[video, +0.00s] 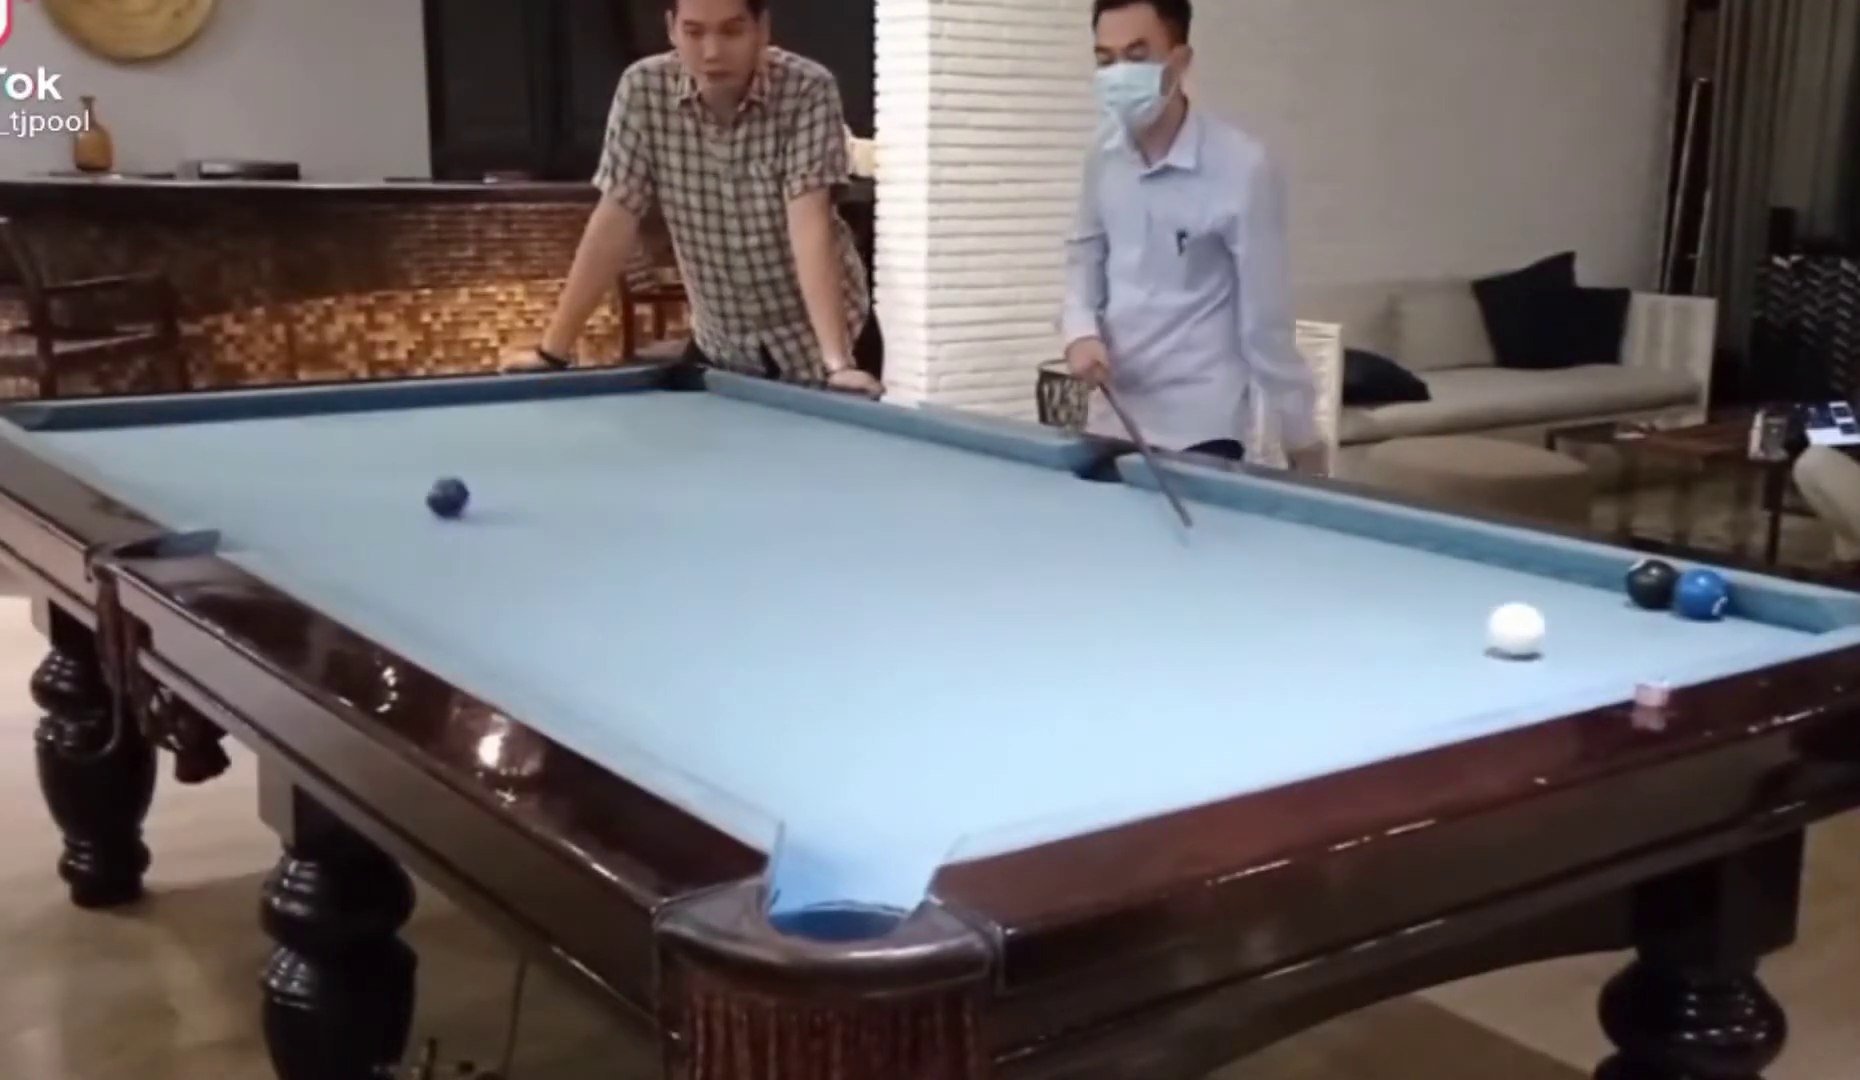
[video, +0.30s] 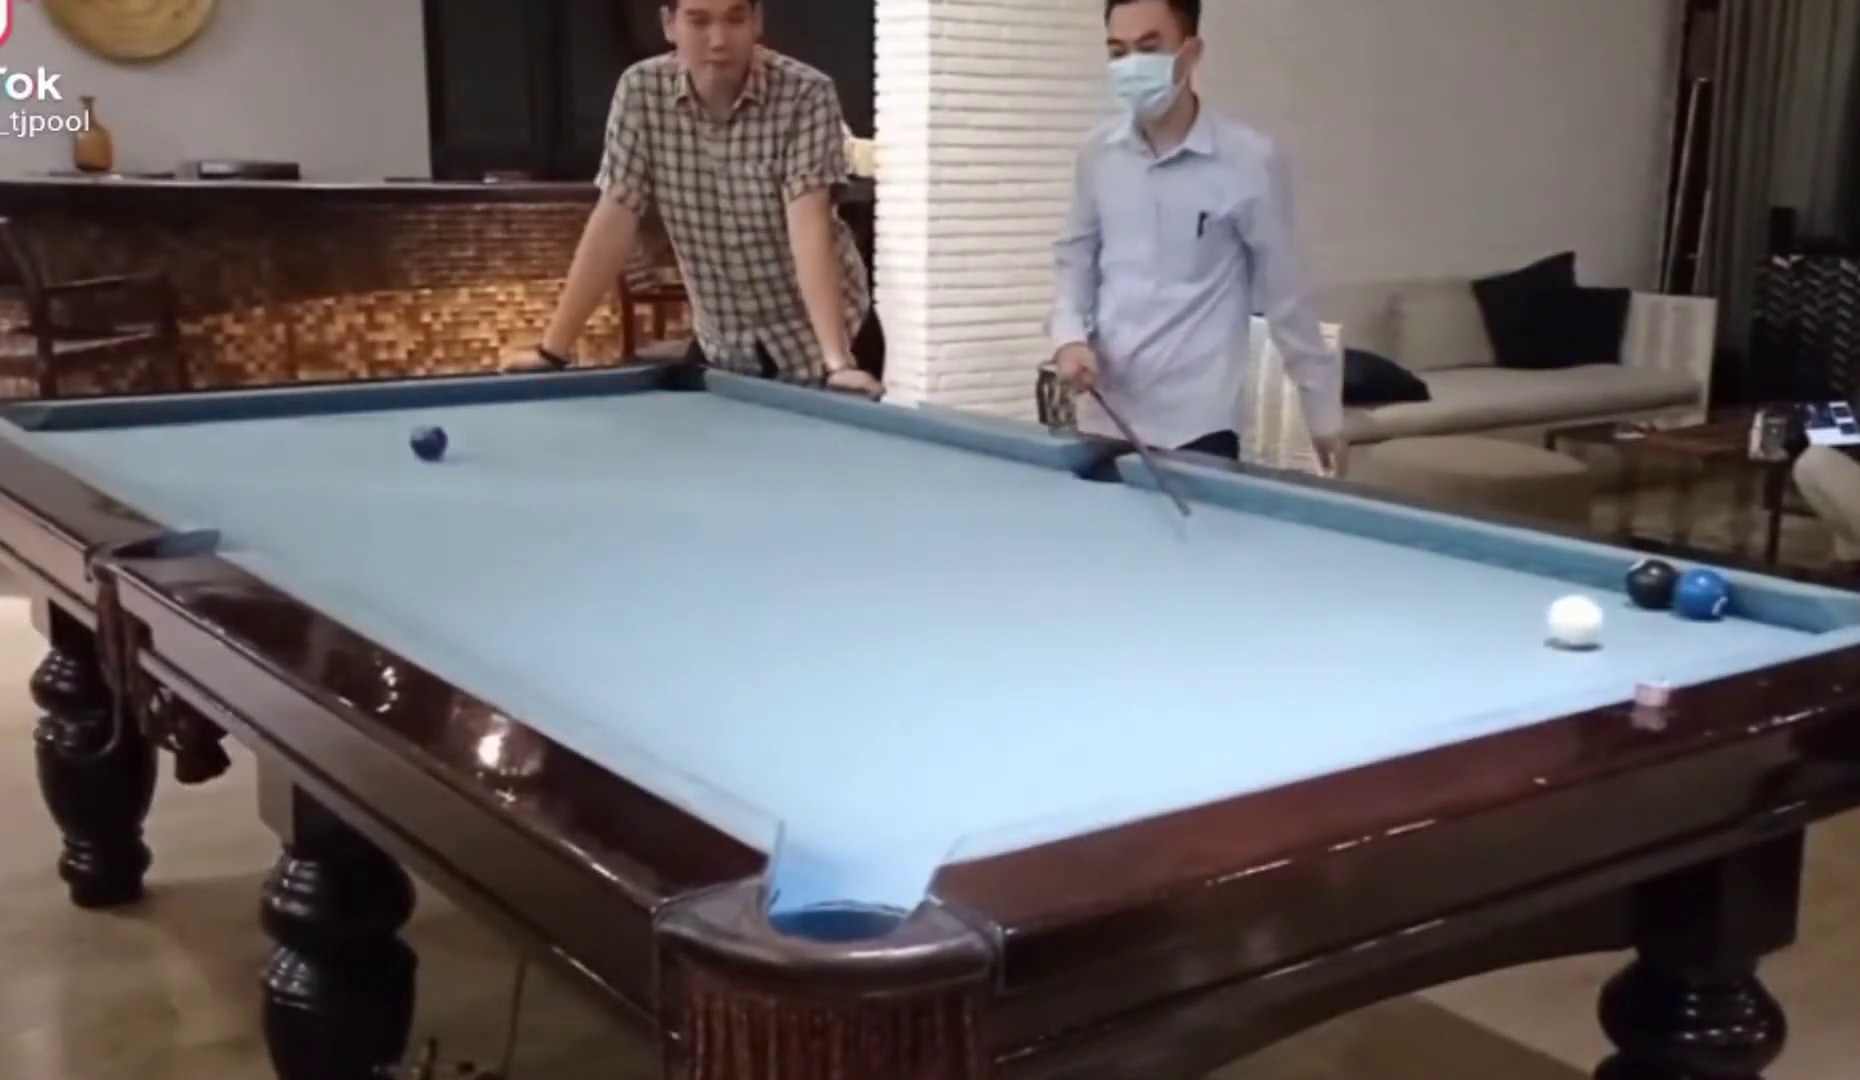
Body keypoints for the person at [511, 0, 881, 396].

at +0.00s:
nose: (712, 52)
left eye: (731, 31)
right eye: (695, 32)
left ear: (762, 29)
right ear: (672, 31)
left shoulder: (806, 89)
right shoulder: (644, 90)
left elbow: (810, 219)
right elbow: (615, 217)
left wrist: (837, 361)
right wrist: (553, 351)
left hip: (822, 347)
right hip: (722, 348)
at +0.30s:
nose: (718, 40)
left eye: (735, 20)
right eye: (699, 21)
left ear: (757, 23)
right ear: (669, 25)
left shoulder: (804, 93)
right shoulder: (642, 92)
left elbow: (810, 222)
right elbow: (615, 217)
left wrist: (838, 362)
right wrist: (553, 350)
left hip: (821, 343)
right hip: (723, 345)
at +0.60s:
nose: (723, 41)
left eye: (738, 22)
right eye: (703, 25)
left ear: (757, 23)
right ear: (670, 30)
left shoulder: (804, 97)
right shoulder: (641, 94)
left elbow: (812, 229)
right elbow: (614, 218)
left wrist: (838, 361)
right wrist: (553, 350)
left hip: (819, 335)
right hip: (721, 338)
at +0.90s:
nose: (741, 29)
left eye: (752, 11)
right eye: (720, 13)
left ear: (766, 17)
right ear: (680, 22)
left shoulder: (807, 105)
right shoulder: (637, 93)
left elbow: (839, 231)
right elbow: (611, 216)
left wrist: (846, 352)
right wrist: (554, 350)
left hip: (807, 340)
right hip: (706, 341)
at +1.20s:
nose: (766, 31)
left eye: (774, 14)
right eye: (745, 16)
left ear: (784, 19)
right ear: (698, 24)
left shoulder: (813, 102)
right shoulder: (642, 88)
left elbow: (858, 228)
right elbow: (610, 217)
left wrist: (832, 248)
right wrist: (552, 350)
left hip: (816, 336)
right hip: (702, 341)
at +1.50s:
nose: (775, 38)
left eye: (783, 20)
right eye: (754, 21)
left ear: (793, 22)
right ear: (709, 25)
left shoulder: (811, 96)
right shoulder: (650, 87)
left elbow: (849, 243)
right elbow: (612, 219)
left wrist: (805, 153)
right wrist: (552, 352)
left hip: (810, 332)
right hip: (700, 340)